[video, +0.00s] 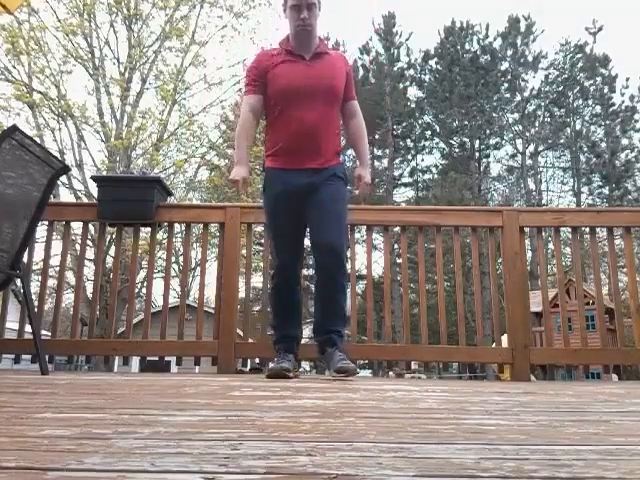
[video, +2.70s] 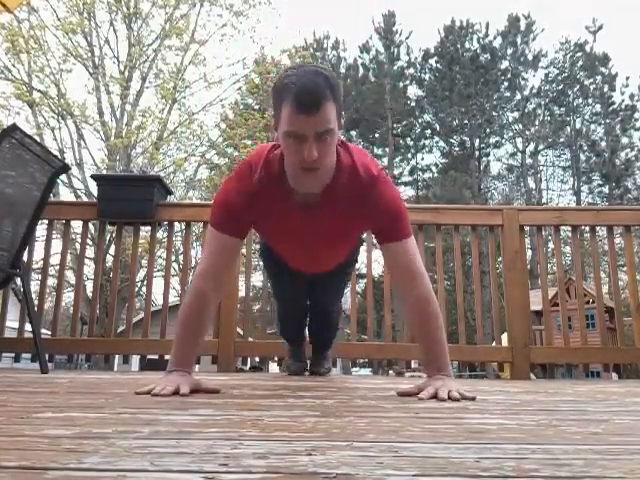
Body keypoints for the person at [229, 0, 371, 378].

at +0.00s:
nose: (303, 13)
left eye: (310, 8)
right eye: (296, 8)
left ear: (319, 13)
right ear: (285, 14)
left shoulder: (338, 63)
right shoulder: (265, 61)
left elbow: (352, 115)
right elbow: (249, 111)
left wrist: (365, 163)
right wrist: (240, 161)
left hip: (329, 175)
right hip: (282, 176)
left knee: (333, 252)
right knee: (286, 264)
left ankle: (331, 347)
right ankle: (285, 352)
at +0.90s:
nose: (327, 36)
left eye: (335, 26)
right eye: (318, 26)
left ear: (345, 24)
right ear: (303, 24)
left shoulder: (363, 75)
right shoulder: (278, 77)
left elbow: (392, 132)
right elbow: (251, 147)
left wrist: (409, 190)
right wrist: (243, 214)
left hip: (333, 176)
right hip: (288, 174)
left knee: (329, 263)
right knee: (293, 249)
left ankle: (324, 351)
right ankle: (292, 352)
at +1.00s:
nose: (323, 68)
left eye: (332, 56)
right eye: (312, 57)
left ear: (344, 47)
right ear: (297, 49)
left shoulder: (366, 93)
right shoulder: (272, 95)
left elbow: (394, 158)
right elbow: (244, 176)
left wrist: (413, 224)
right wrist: (229, 250)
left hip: (326, 176)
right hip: (280, 174)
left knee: (323, 262)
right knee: (286, 245)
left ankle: (320, 347)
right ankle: (290, 350)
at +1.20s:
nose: (311, 124)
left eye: (321, 112)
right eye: (299, 113)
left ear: (336, 98)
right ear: (284, 100)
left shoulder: (363, 129)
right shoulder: (261, 132)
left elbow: (394, 204)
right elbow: (235, 215)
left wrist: (415, 280)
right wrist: (213, 295)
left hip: (325, 185)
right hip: (279, 183)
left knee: (320, 259)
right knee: (284, 248)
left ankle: (318, 342)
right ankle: (292, 352)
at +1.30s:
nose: (307, 162)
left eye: (318, 151)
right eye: (297, 151)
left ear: (334, 133)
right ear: (280, 134)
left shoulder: (361, 157)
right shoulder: (257, 160)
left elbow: (392, 240)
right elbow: (228, 241)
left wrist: (418, 321)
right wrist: (202, 323)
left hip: (324, 195)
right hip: (277, 193)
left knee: (318, 261)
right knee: (283, 247)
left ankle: (316, 346)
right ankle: (293, 352)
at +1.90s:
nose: (314, 197)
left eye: (326, 184)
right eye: (302, 185)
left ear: (347, 164)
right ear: (283, 163)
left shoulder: (379, 189)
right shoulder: (250, 187)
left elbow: (417, 283)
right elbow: (208, 285)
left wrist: (437, 376)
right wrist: (180, 369)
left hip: (342, 224)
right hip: (280, 216)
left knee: (328, 291)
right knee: (237, 281)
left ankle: (321, 346)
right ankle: (287, 321)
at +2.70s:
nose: (310, 153)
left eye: (323, 135)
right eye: (296, 137)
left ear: (339, 127)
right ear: (276, 130)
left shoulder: (370, 184)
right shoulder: (246, 183)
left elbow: (413, 281)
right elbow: (206, 282)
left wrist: (439, 374)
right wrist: (179, 370)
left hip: (338, 253)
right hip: (281, 251)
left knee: (326, 311)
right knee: (291, 311)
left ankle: (321, 357)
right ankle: (295, 353)